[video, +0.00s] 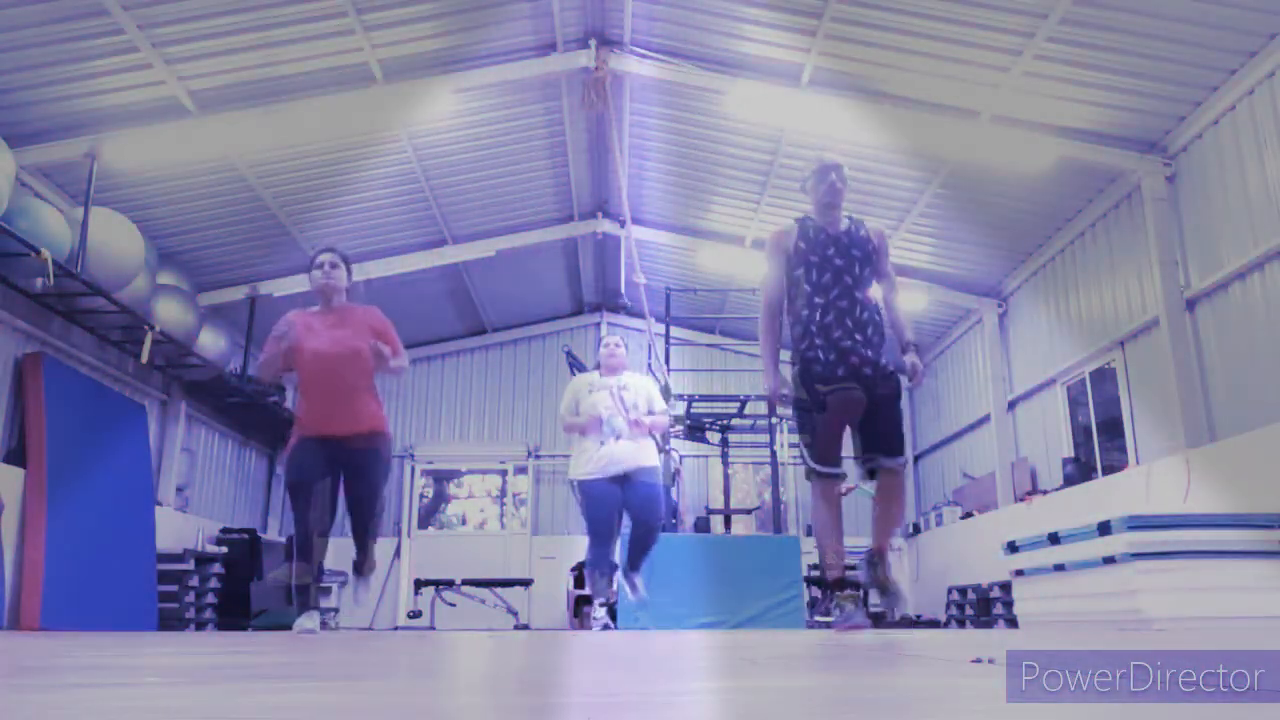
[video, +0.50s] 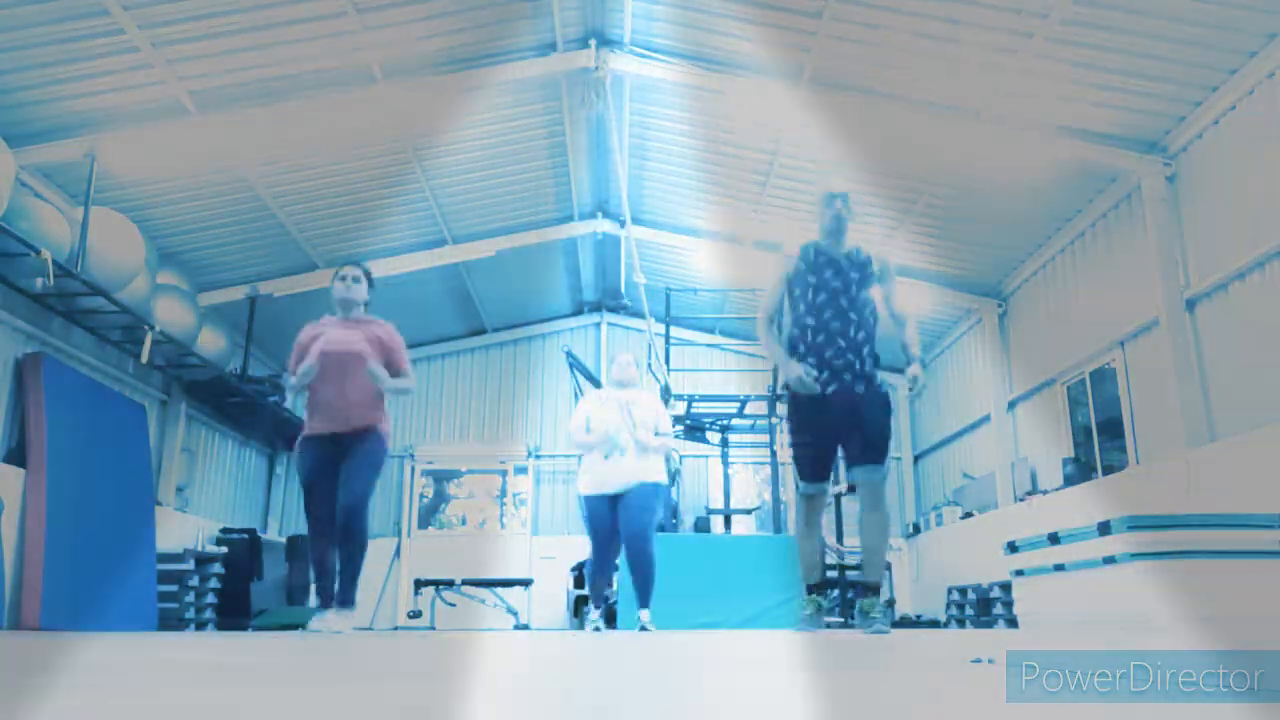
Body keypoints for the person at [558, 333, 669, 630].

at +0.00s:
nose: (613, 347)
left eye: (618, 344)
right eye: (607, 345)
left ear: (627, 355)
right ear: (598, 355)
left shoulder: (643, 382)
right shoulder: (580, 383)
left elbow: (665, 420)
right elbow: (565, 422)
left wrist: (645, 421)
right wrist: (587, 422)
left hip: (640, 466)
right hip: (595, 468)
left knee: (651, 519)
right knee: (602, 533)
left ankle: (632, 570)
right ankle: (599, 601)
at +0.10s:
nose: (612, 356)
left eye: (618, 353)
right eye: (606, 353)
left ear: (626, 363)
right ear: (597, 364)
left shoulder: (641, 390)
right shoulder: (579, 391)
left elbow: (661, 428)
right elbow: (564, 433)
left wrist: (648, 432)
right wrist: (587, 431)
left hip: (636, 459)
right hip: (592, 466)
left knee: (649, 492)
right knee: (603, 536)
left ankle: (633, 551)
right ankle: (597, 606)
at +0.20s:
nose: (612, 371)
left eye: (617, 368)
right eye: (606, 368)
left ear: (626, 377)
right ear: (597, 377)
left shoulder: (639, 408)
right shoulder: (580, 408)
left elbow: (658, 453)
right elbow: (567, 451)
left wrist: (645, 441)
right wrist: (586, 436)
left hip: (630, 473)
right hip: (591, 483)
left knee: (646, 483)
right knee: (601, 553)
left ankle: (640, 549)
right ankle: (600, 614)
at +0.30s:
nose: (615, 366)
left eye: (621, 363)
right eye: (609, 362)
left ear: (629, 372)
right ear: (600, 371)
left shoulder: (641, 402)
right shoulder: (582, 400)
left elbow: (660, 441)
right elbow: (568, 442)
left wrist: (648, 435)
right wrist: (588, 429)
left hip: (635, 467)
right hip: (593, 474)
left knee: (645, 496)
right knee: (601, 546)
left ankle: (641, 567)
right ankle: (599, 612)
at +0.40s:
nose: (619, 357)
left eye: (625, 355)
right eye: (614, 354)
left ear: (634, 365)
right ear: (605, 364)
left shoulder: (648, 393)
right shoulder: (587, 391)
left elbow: (664, 433)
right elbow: (570, 433)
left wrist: (643, 430)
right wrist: (591, 428)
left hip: (639, 466)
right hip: (594, 470)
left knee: (638, 514)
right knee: (600, 537)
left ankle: (645, 587)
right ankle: (597, 607)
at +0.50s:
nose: (626, 368)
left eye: (631, 364)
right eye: (620, 364)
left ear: (638, 372)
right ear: (610, 371)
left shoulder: (650, 401)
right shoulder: (592, 400)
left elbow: (668, 442)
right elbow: (575, 440)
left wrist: (649, 441)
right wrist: (601, 440)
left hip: (641, 482)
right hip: (597, 484)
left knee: (638, 540)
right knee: (602, 547)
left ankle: (644, 610)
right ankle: (596, 610)